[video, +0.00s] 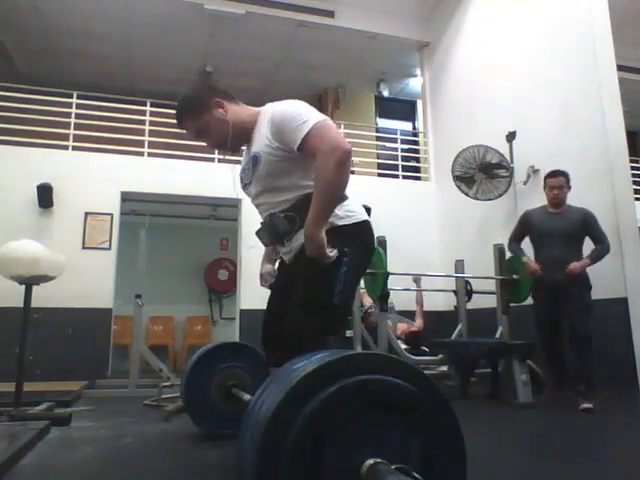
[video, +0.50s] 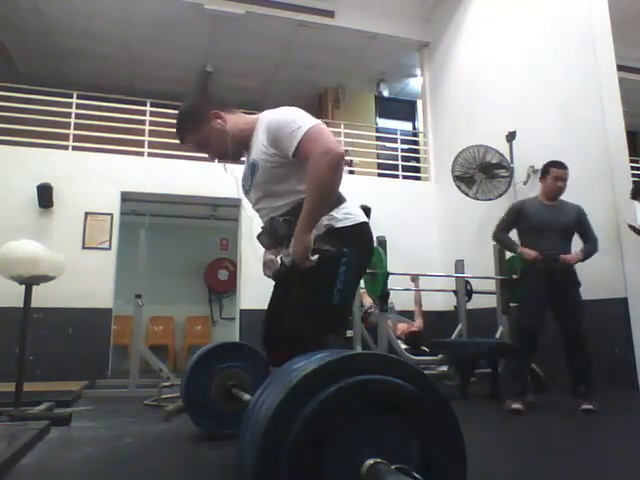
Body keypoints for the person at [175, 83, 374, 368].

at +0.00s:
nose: (209, 145)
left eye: (204, 133)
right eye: (201, 140)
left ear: (221, 108)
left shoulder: (279, 114)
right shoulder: (248, 169)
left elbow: (335, 150)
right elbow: (277, 216)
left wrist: (314, 227)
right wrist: (269, 258)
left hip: (338, 236)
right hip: (301, 251)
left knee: (306, 335)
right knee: (275, 336)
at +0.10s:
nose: (209, 147)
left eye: (204, 137)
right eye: (202, 143)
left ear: (220, 111)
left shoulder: (280, 116)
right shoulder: (249, 168)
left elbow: (333, 153)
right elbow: (279, 215)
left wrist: (311, 230)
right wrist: (270, 256)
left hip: (337, 236)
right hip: (301, 251)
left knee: (306, 334)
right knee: (276, 335)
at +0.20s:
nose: (209, 149)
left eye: (204, 139)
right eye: (201, 145)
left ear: (221, 114)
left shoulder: (280, 118)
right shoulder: (251, 166)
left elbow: (332, 155)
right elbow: (279, 214)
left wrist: (309, 232)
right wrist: (271, 254)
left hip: (338, 237)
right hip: (300, 251)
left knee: (307, 333)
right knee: (276, 333)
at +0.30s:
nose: (212, 152)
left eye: (206, 141)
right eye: (204, 147)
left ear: (222, 116)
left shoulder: (280, 119)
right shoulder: (252, 166)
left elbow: (332, 154)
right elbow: (280, 214)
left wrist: (307, 231)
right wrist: (272, 251)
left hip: (339, 238)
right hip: (303, 250)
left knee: (307, 336)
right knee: (277, 336)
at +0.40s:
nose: (212, 155)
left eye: (206, 144)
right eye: (204, 151)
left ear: (220, 118)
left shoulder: (279, 120)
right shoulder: (252, 170)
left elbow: (331, 154)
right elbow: (280, 215)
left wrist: (306, 232)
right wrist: (272, 250)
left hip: (339, 238)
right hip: (303, 251)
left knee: (306, 337)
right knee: (277, 338)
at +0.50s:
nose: (211, 156)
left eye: (205, 146)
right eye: (203, 152)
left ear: (219, 120)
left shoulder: (277, 120)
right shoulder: (250, 172)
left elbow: (329, 154)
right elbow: (278, 216)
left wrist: (303, 232)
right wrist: (272, 250)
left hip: (338, 238)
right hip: (302, 251)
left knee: (305, 334)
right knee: (276, 334)